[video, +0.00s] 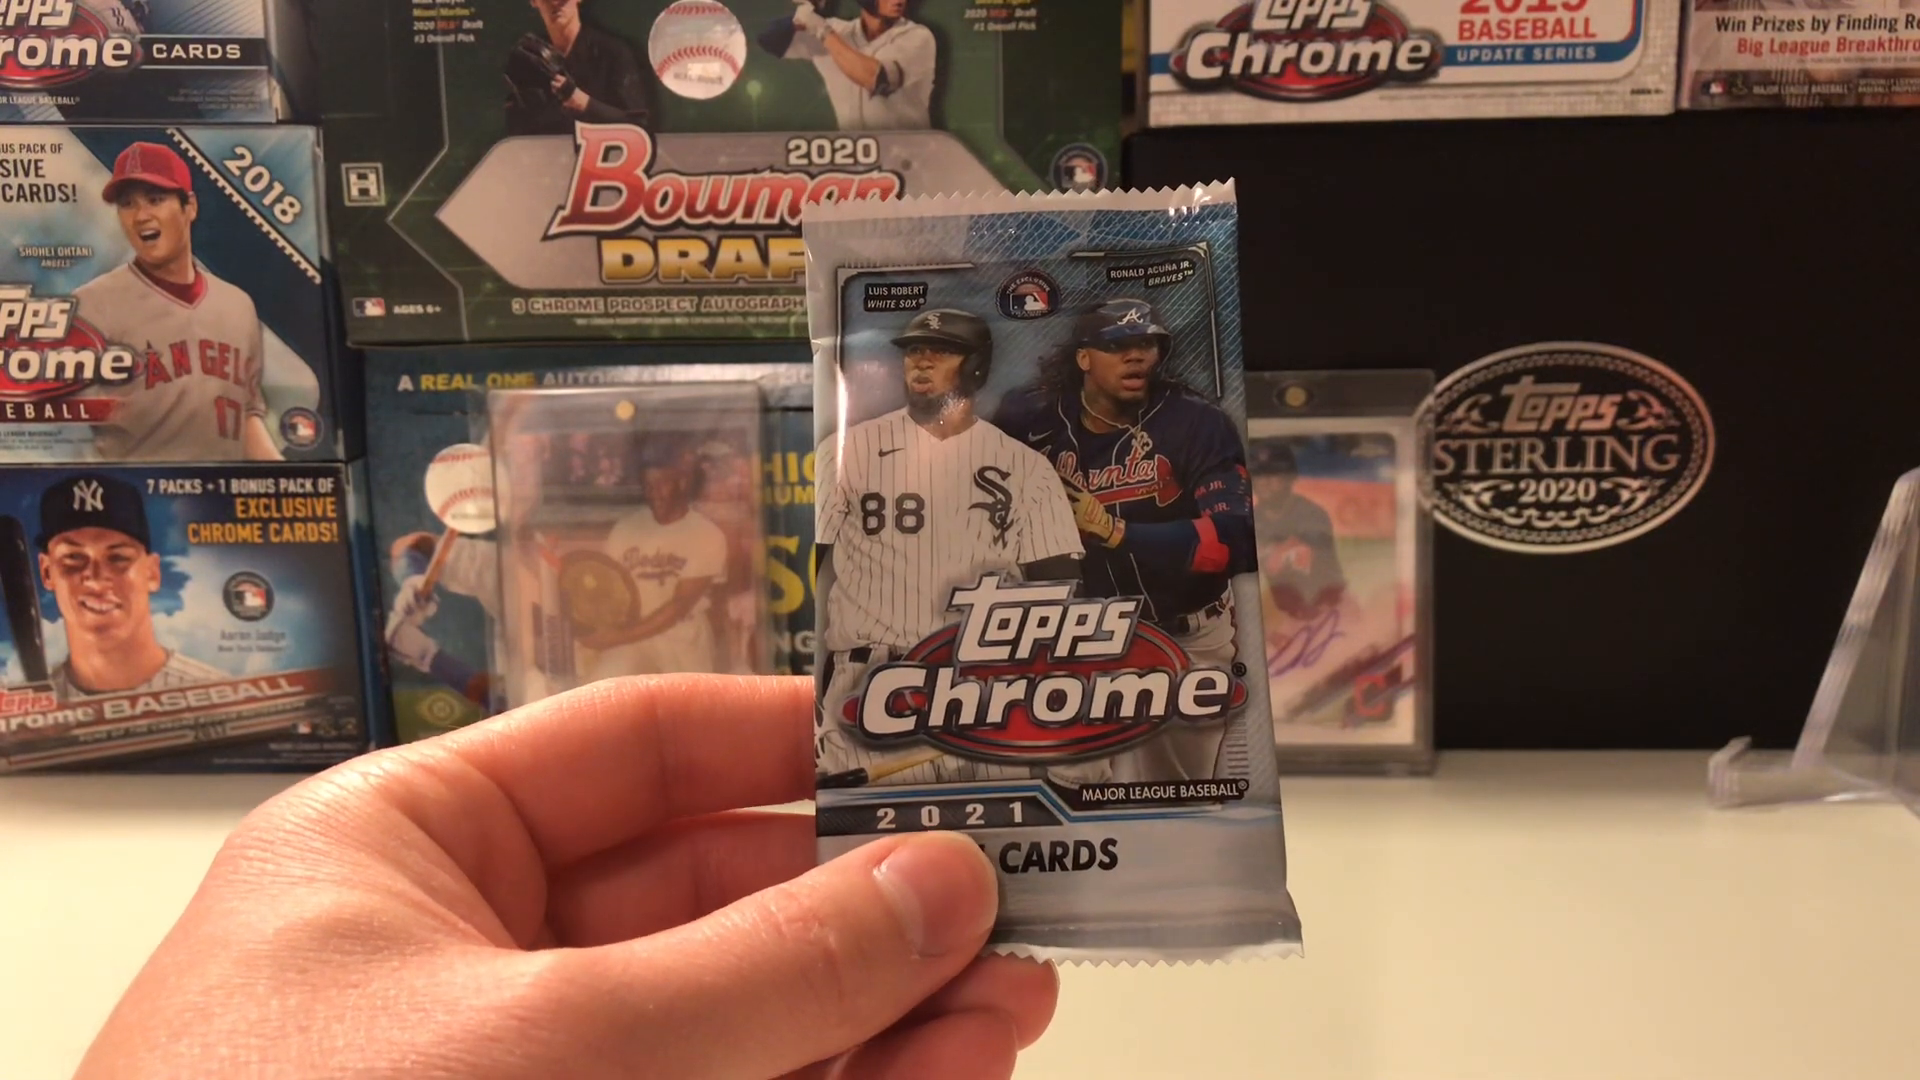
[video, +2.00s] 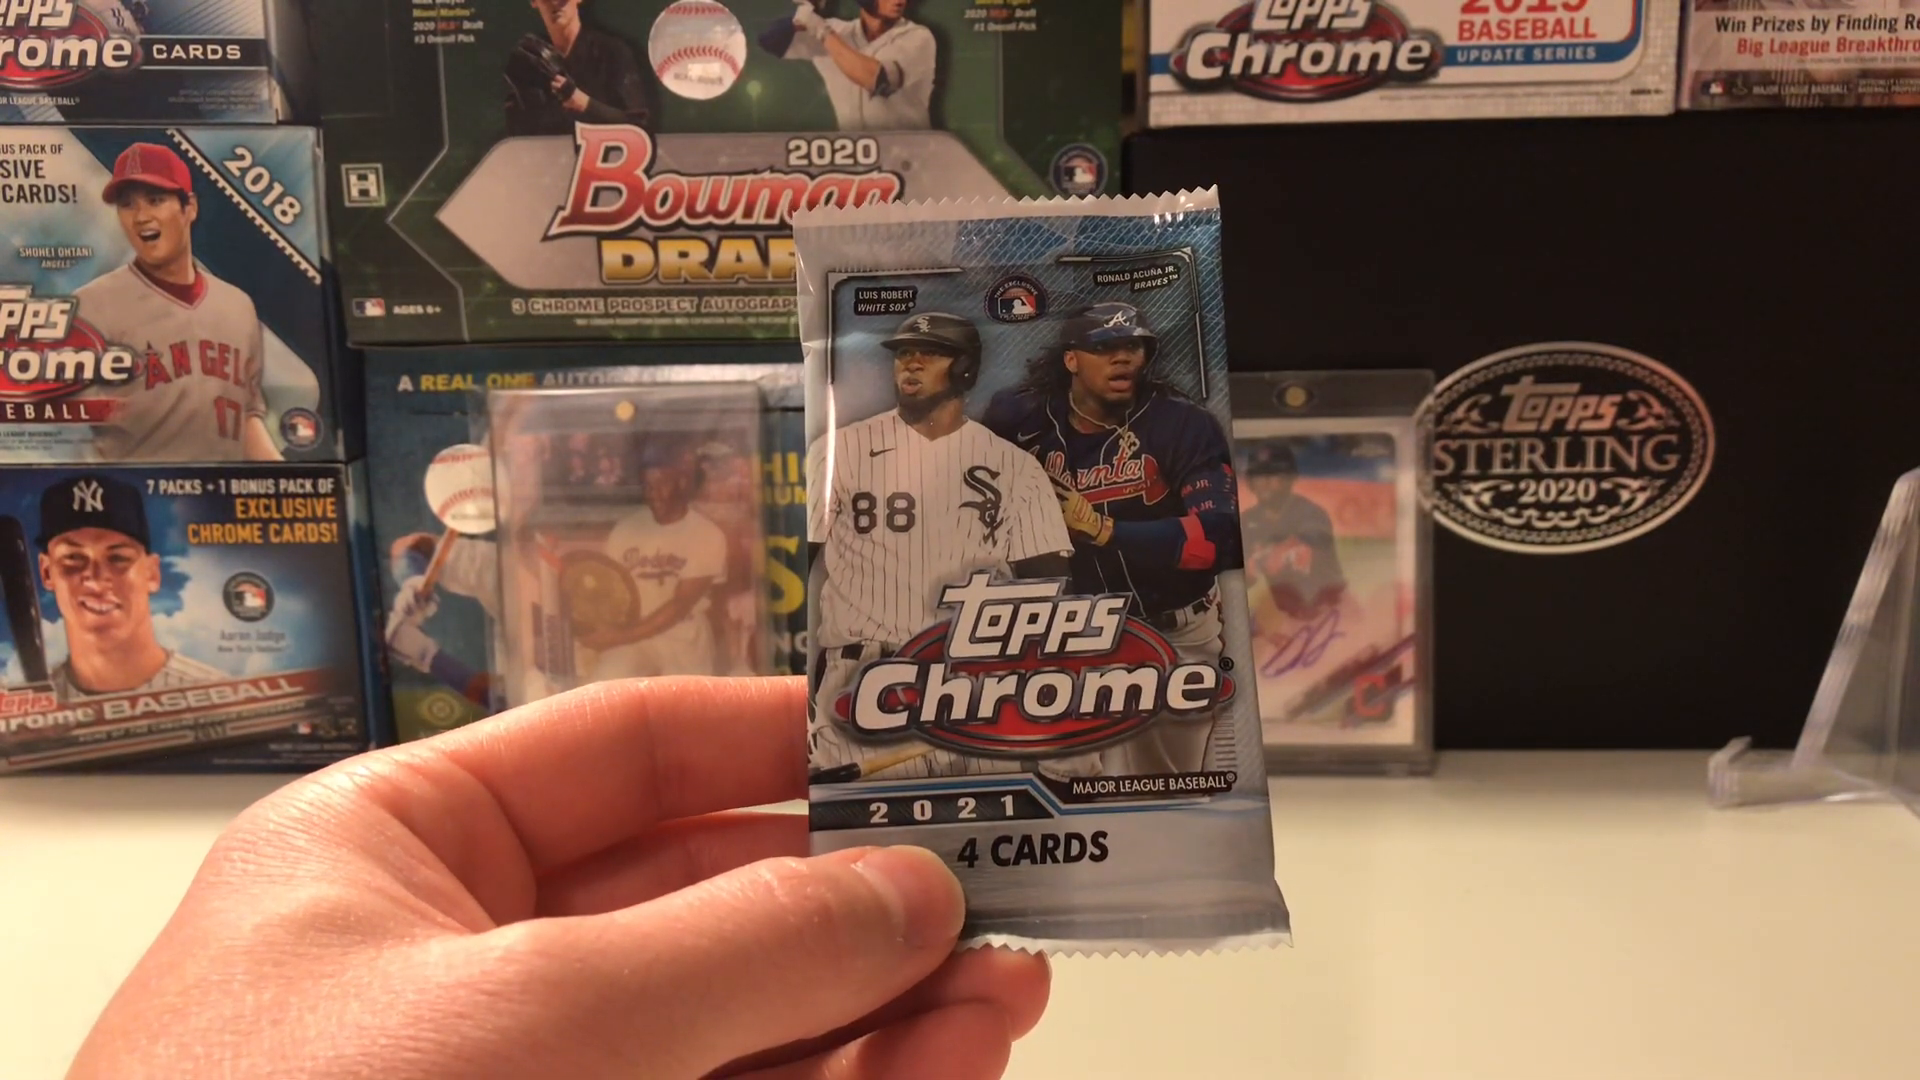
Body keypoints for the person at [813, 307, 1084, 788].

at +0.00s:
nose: (921, 363)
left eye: (938, 351)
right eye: (913, 350)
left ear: (973, 366)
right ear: (902, 361)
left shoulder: (1026, 470)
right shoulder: (848, 453)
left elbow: (1056, 592)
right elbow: (813, 577)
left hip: (980, 699)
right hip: (861, 696)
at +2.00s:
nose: (910, 365)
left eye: (927, 354)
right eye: (903, 353)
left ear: (963, 369)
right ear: (893, 363)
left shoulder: (1015, 470)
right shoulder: (837, 454)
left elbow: (1047, 590)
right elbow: (794, 570)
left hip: (971, 694)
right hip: (853, 691)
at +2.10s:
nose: (910, 364)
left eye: (927, 353)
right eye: (903, 353)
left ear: (963, 368)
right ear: (893, 362)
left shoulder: (1015, 470)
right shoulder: (836, 453)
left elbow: (1047, 590)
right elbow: (802, 571)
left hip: (970, 693)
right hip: (852, 690)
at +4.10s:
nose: (971, 373)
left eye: (989, 363)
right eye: (964, 362)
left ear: (1024, 378)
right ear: (953, 372)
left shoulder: (1079, 481)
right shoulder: (896, 465)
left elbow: (1114, 603)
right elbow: (852, 587)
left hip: (1038, 717)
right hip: (917, 714)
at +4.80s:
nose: (1016, 371)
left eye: (1035, 360)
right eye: (1009, 358)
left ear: (1072, 377)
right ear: (998, 367)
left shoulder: (1127, 490)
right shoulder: (938, 464)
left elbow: (1155, 620)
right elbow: (905, 594)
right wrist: (903, 712)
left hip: (1079, 723)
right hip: (956, 717)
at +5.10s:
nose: (1020, 375)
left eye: (1039, 364)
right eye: (1013, 362)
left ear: (1075, 381)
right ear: (1002, 371)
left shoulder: (1130, 492)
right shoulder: (941, 467)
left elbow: (1159, 624)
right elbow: (906, 599)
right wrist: (906, 723)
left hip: (1082, 726)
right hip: (959, 720)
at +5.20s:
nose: (1017, 374)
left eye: (1035, 363)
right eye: (1010, 362)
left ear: (1071, 380)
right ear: (998, 372)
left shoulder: (1127, 486)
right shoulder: (938, 465)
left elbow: (1158, 618)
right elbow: (903, 594)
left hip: (1083, 723)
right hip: (960, 718)